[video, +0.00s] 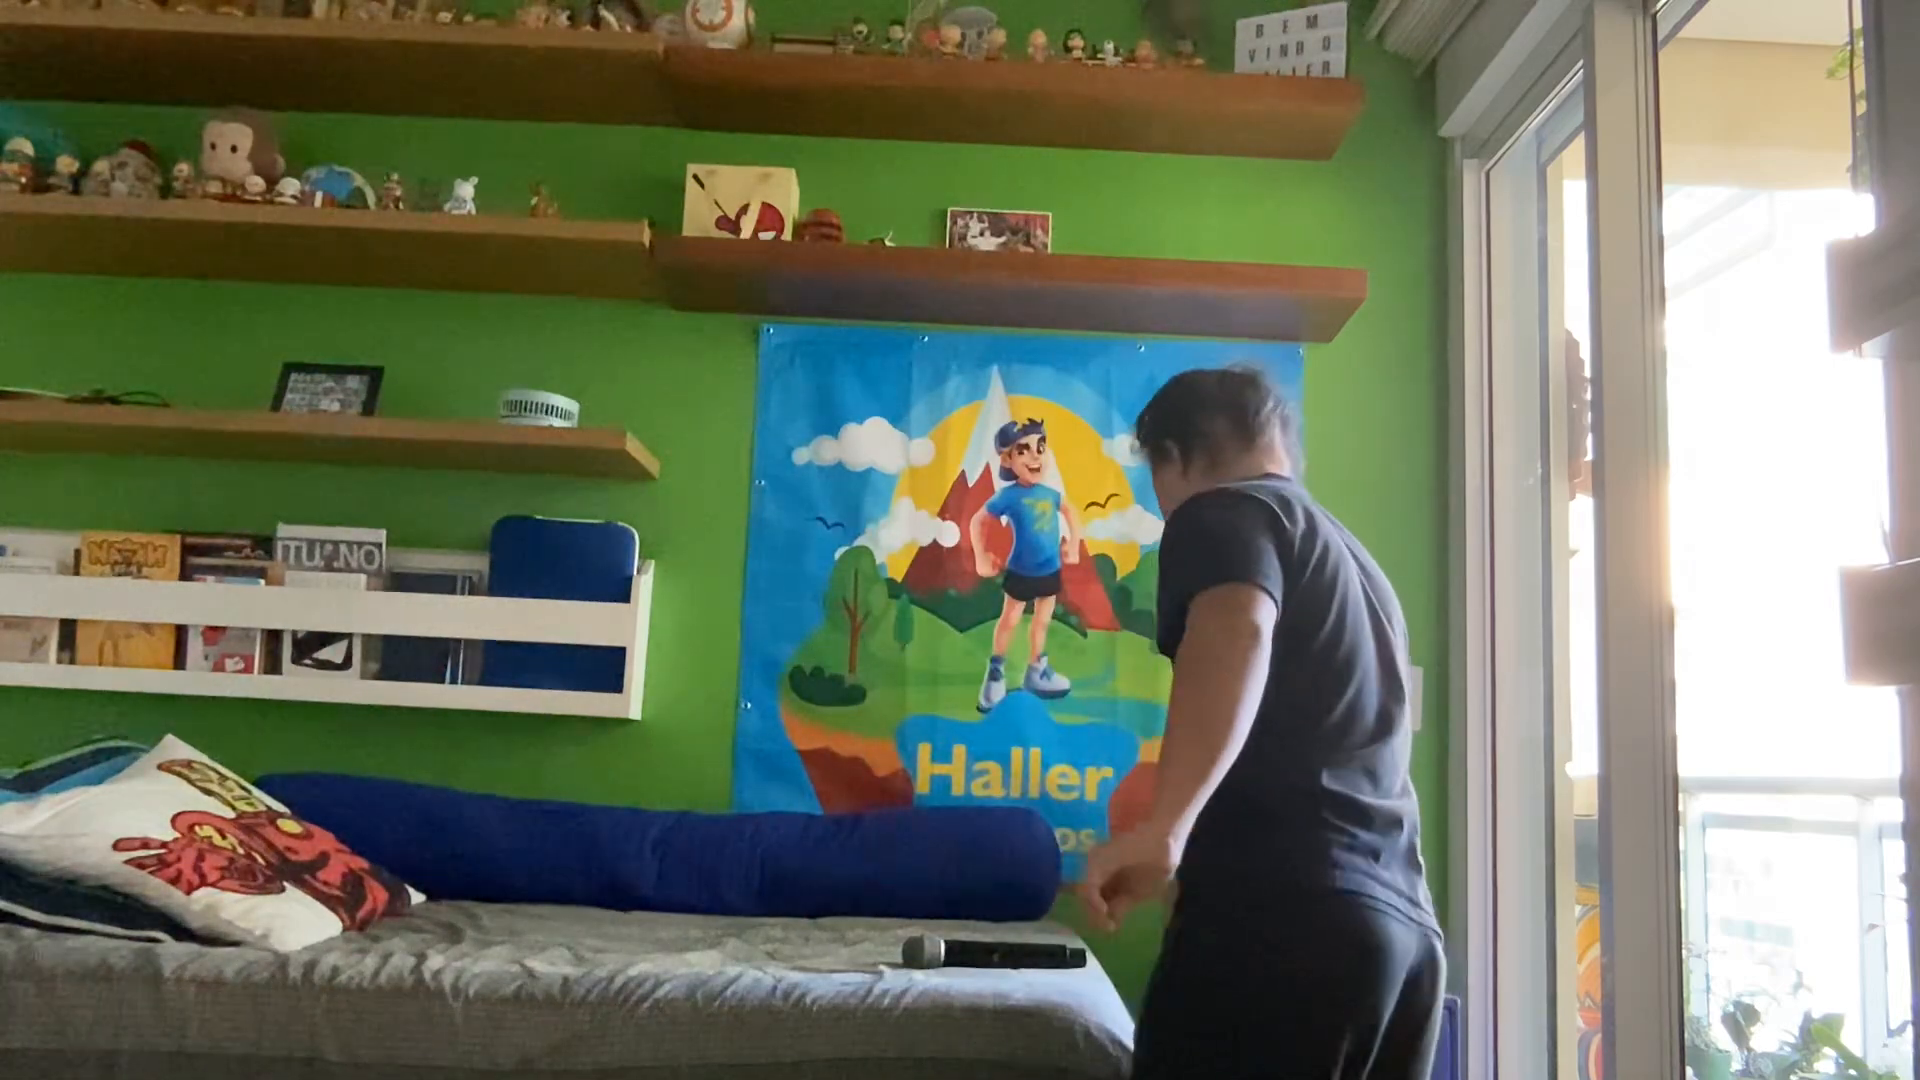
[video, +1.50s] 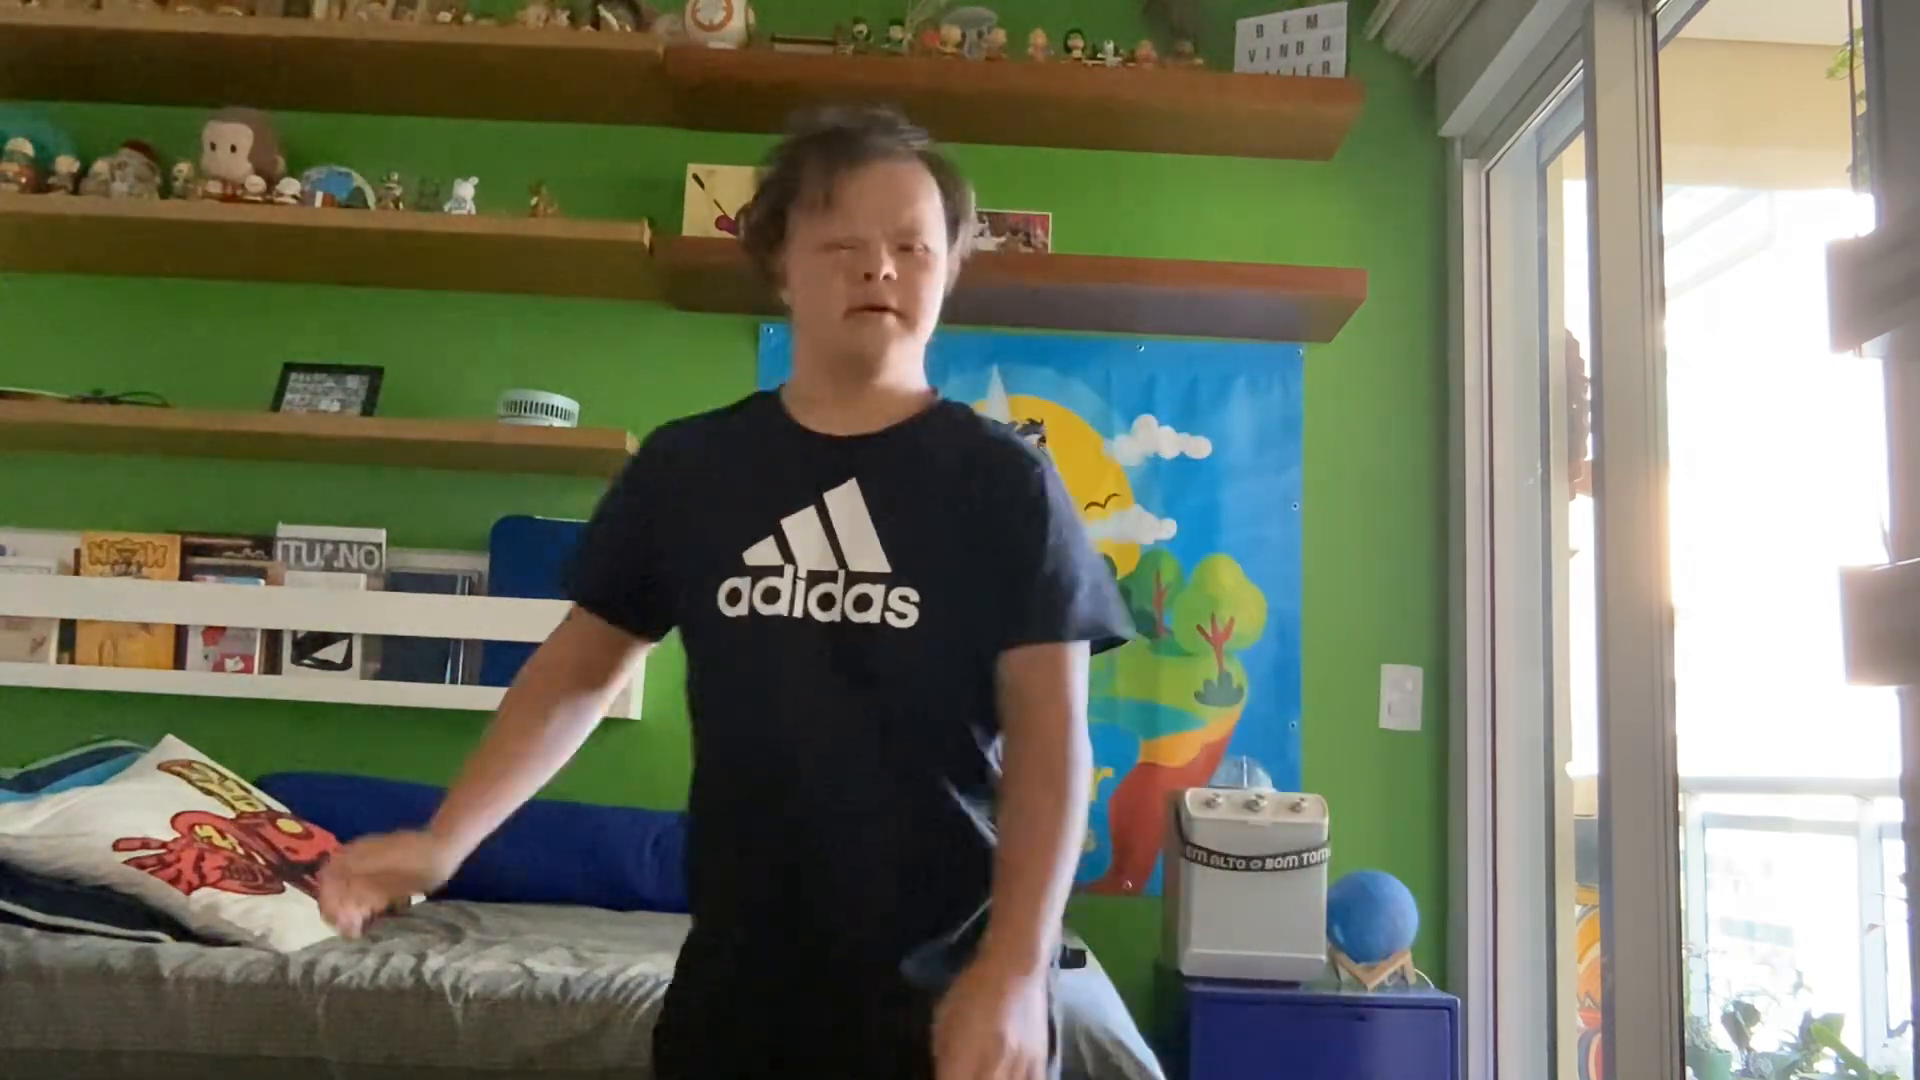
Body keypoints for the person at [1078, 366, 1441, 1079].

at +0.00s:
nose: (1162, 502)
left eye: (1158, 479)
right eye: (1157, 484)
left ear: (1180, 456)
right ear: (1281, 450)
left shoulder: (1228, 509)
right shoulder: (1363, 565)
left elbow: (1238, 626)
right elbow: (1394, 723)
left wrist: (1163, 826)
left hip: (1287, 920)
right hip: (1409, 937)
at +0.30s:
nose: (1141, 519)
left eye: (1131, 490)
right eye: (1129, 497)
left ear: (1164, 453)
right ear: (1251, 448)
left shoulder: (1221, 510)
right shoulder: (1348, 571)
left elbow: (1247, 625)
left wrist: (1190, 821)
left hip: (1287, 920)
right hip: (1398, 934)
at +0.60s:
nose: (1057, 504)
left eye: (1051, 474)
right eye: (1045, 480)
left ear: (1115, 442)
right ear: (1184, 442)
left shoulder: (1159, 509)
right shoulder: (1272, 550)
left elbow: (1193, 628)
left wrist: (1155, 824)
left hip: (1235, 932)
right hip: (1346, 945)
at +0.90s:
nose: (920, 397)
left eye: (942, 360)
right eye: (908, 370)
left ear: (1039, 346)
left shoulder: (1056, 483)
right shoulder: (1113, 484)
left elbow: (1147, 694)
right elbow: (1204, 682)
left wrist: (1185, 958)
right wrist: (1244, 835)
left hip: (1082, 983)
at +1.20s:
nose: (881, 276)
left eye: (922, 246)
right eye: (851, 252)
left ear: (995, 270)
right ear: (818, 278)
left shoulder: (1041, 465)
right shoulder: (838, 480)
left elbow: (1120, 739)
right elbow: (828, 704)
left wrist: (1137, 1003)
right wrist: (743, 832)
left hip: (996, 989)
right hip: (844, 976)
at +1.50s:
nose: (878, 269)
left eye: (909, 243)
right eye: (842, 242)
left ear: (949, 271)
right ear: (780, 261)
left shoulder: (1003, 478)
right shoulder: (687, 468)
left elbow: (1048, 737)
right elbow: (576, 674)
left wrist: (1013, 969)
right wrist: (443, 842)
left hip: (953, 971)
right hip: (751, 965)